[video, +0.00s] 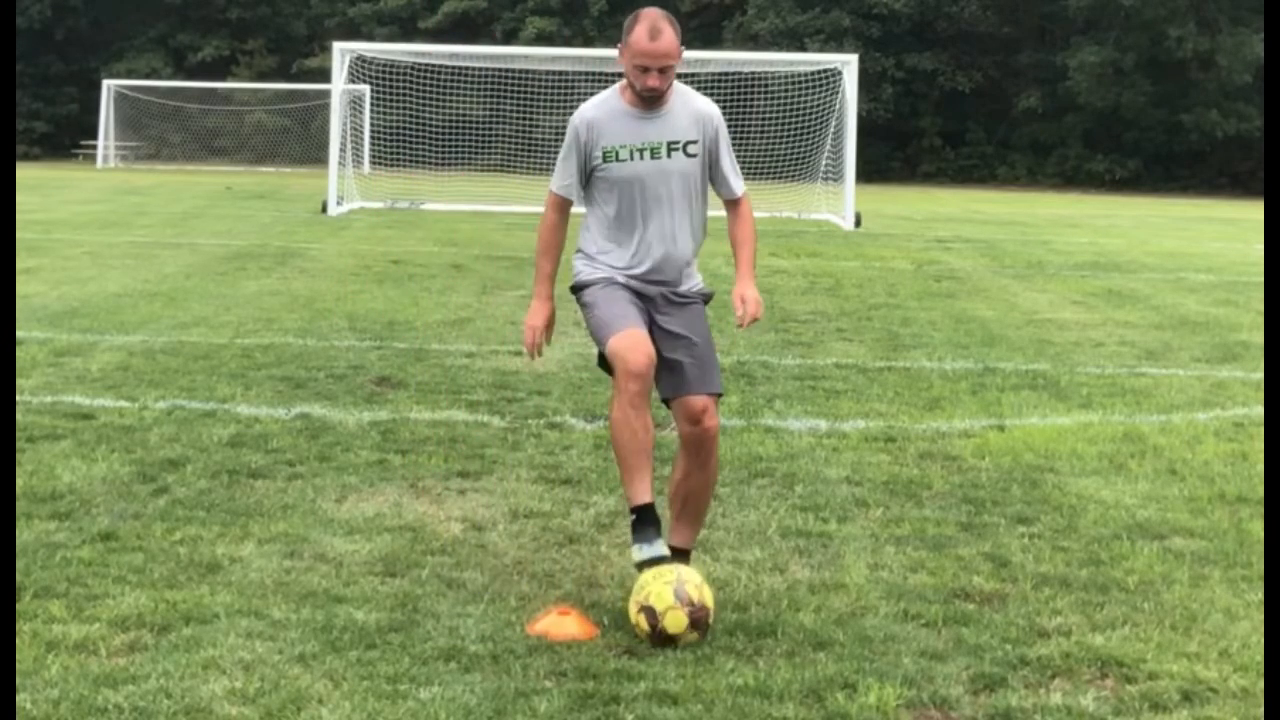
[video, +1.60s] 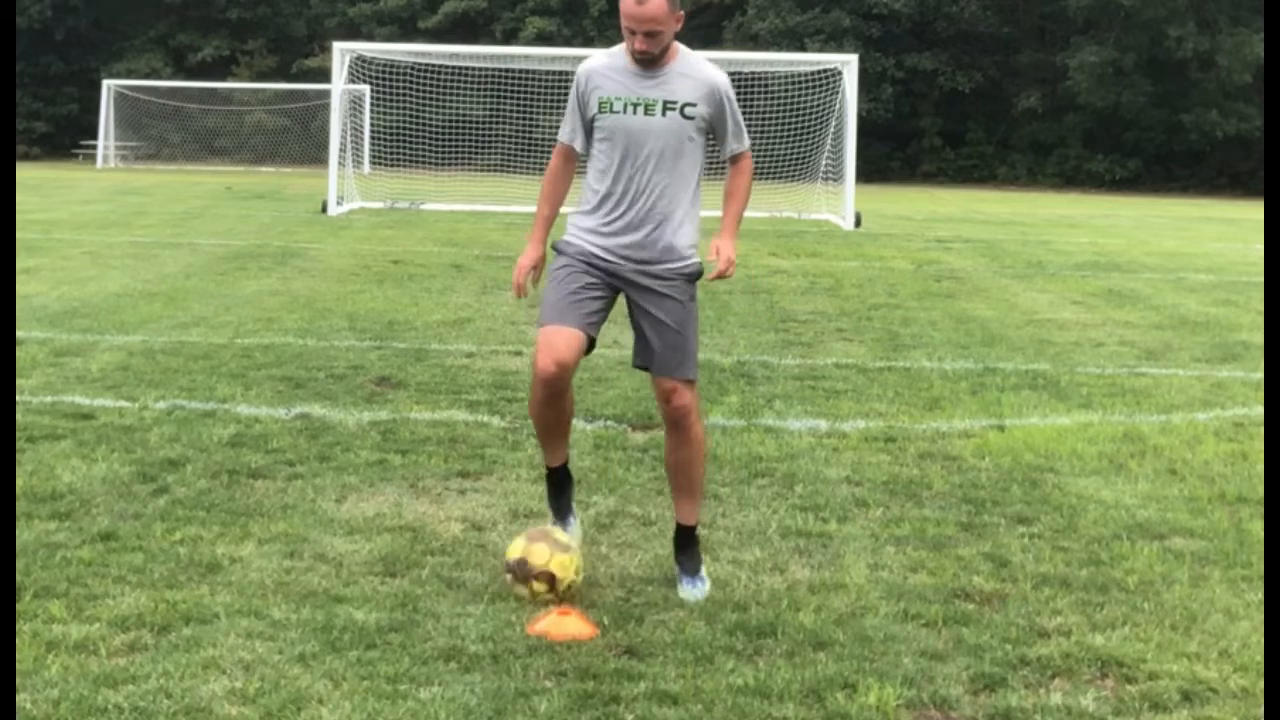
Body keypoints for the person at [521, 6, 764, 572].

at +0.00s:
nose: (653, 82)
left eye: (665, 70)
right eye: (642, 69)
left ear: (680, 62)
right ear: (620, 57)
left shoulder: (703, 116)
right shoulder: (589, 121)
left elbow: (735, 201)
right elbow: (557, 207)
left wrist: (745, 278)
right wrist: (541, 298)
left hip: (677, 284)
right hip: (606, 275)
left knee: (701, 417)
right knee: (636, 361)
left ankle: (677, 562)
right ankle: (643, 524)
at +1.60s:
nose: (642, 44)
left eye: (654, 33)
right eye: (632, 31)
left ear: (678, 20)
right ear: (619, 17)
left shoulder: (709, 83)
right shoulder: (593, 73)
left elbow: (739, 158)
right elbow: (565, 158)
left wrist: (728, 233)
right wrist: (536, 240)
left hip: (667, 263)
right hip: (587, 250)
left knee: (679, 404)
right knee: (550, 365)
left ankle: (688, 551)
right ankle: (558, 492)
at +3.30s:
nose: (479, 81)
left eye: (490, 68)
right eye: (468, 68)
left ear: (514, 56)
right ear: (457, 61)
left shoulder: (555, 112)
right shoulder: (450, 120)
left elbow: (599, 195)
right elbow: (439, 202)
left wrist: (600, 279)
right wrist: (417, 283)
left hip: (547, 265)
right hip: (477, 273)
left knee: (533, 351)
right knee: (441, 410)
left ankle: (541, 489)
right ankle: (447, 552)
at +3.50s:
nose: (464, 80)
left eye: (475, 66)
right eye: (453, 67)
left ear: (499, 56)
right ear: (441, 60)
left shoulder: (541, 111)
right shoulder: (435, 122)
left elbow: (588, 194)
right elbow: (423, 210)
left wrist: (591, 276)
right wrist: (396, 293)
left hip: (538, 268)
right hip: (467, 277)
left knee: (522, 359)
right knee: (425, 412)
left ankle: (527, 516)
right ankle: (444, 554)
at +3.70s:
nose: (457, 61)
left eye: (467, 49)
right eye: (447, 50)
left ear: (492, 35)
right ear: (434, 43)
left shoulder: (536, 93)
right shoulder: (427, 104)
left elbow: (582, 174)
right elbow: (413, 191)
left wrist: (580, 253)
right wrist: (388, 272)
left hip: (526, 259)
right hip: (453, 272)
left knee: (518, 354)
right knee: (432, 410)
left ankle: (520, 506)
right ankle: (444, 553)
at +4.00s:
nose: (453, 37)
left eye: (463, 25)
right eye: (441, 26)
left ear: (489, 10)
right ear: (428, 18)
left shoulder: (532, 67)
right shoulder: (417, 82)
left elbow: (576, 146)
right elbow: (399, 167)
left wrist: (570, 219)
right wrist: (371, 249)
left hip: (521, 237)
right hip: (448, 246)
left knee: (510, 347)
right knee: (434, 388)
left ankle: (496, 469)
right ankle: (435, 539)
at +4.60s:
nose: (444, 72)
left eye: (454, 58)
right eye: (431, 62)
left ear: (474, 43)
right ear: (416, 54)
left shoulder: (516, 99)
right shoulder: (403, 126)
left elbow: (562, 171)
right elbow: (364, 204)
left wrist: (575, 250)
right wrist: (325, 272)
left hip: (515, 277)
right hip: (440, 282)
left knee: (508, 399)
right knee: (414, 419)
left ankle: (462, 536)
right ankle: (417, 549)